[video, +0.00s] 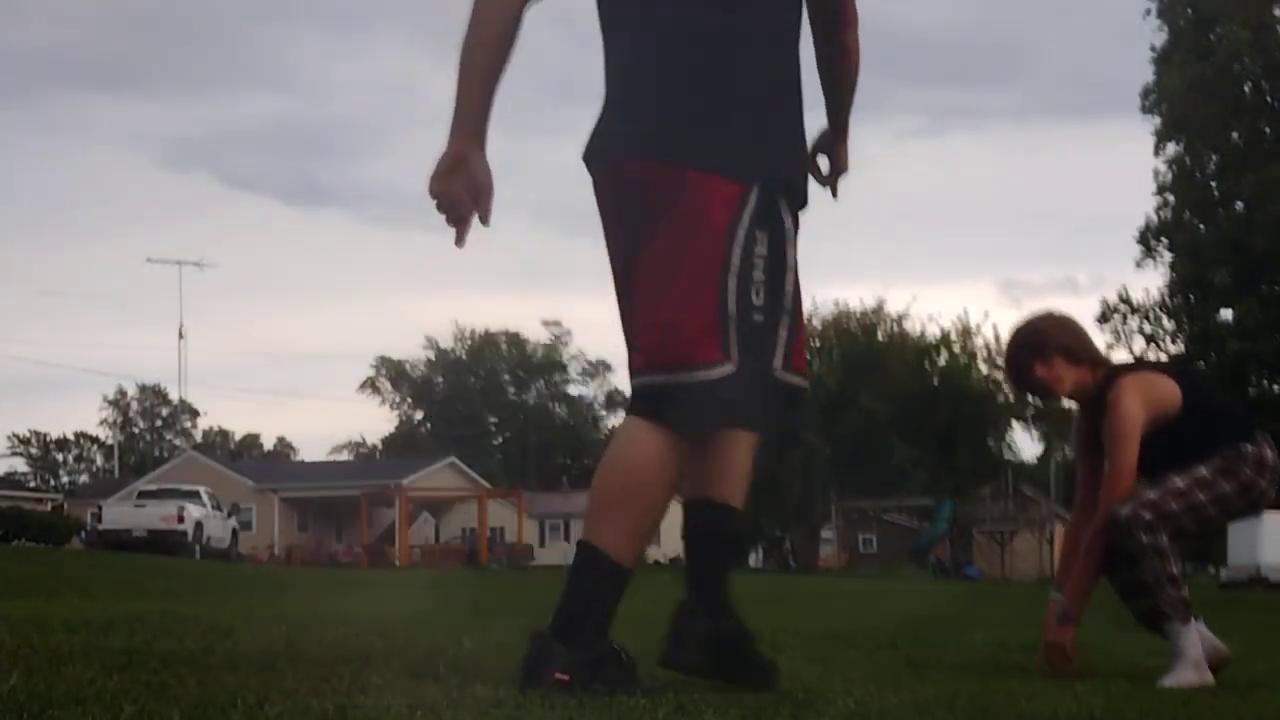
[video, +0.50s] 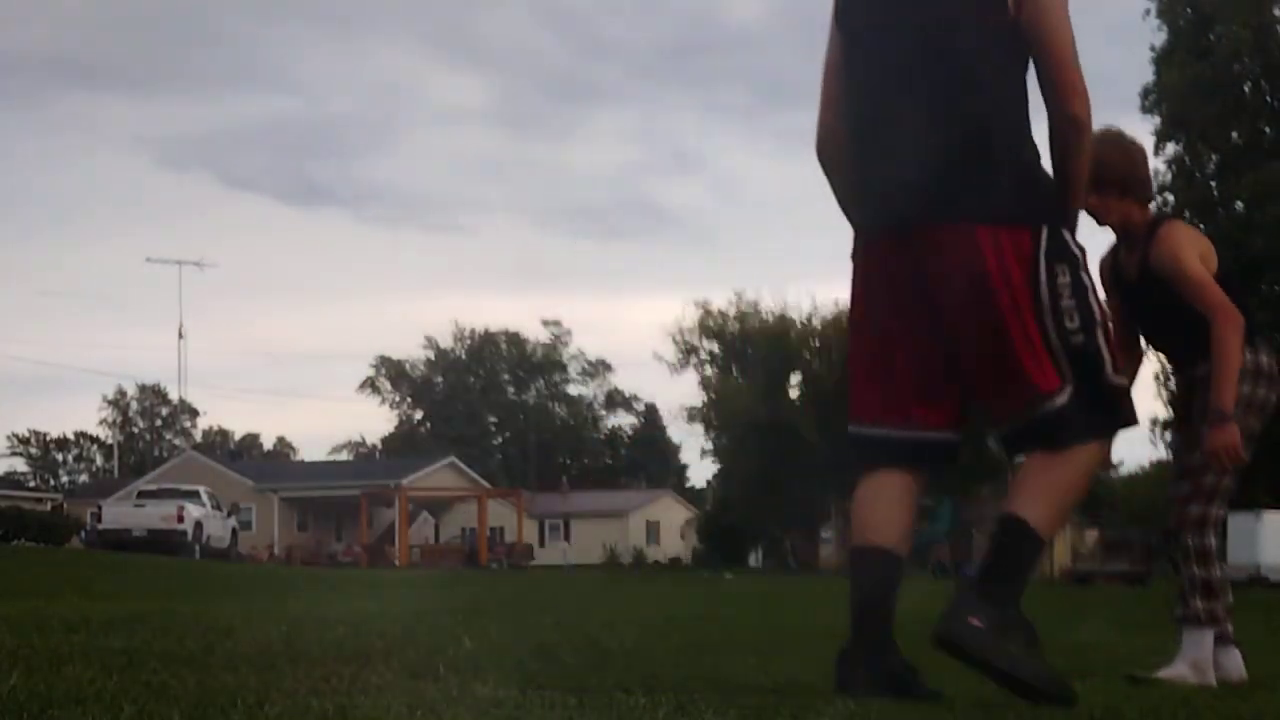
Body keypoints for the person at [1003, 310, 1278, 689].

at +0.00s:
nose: (1038, 374)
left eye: (1043, 359)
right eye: (1030, 370)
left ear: (1069, 349)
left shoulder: (1126, 395)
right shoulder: (1091, 412)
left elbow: (1110, 514)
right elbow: (1085, 513)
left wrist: (1070, 616)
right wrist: (1060, 600)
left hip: (1247, 462)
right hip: (1211, 469)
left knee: (1139, 518)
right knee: (1111, 537)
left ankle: (1192, 657)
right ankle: (1199, 640)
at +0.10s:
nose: (1052, 350)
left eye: (1053, 336)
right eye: (1043, 345)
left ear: (1076, 322)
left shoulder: (1141, 368)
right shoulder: (1092, 394)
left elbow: (1131, 485)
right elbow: (1088, 483)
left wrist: (1084, 586)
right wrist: (1061, 565)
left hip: (1254, 441)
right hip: (1208, 453)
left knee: (1158, 515)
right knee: (1124, 532)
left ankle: (1194, 656)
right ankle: (1202, 640)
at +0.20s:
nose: (1063, 315)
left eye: (1060, 303)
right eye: (1055, 310)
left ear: (1076, 293)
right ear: (1076, 299)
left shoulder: (1153, 337)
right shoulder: (1096, 364)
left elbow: (1151, 458)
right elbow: (1090, 455)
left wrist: (1103, 554)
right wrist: (1067, 538)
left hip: (1251, 420)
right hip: (1204, 435)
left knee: (1174, 507)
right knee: (1131, 534)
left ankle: (1197, 655)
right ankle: (1211, 647)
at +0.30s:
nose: (1077, 274)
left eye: (1083, 259)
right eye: (1068, 269)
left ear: (1110, 253)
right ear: (1065, 278)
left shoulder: (1162, 306)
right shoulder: (1099, 335)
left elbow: (1179, 419)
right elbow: (1095, 424)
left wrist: (1135, 514)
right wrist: (1074, 507)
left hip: (1252, 399)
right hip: (1205, 412)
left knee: (1182, 511)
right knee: (1137, 528)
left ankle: (1196, 657)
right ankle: (1215, 650)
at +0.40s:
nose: (1082, 244)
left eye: (1084, 232)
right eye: (1074, 239)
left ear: (1114, 218)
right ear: (1083, 238)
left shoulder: (1166, 271)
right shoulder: (1106, 298)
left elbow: (1203, 366)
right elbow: (1109, 387)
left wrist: (1180, 463)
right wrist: (1089, 460)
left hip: (1253, 376)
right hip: (1209, 386)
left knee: (1190, 504)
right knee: (1183, 505)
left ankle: (1196, 654)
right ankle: (1220, 651)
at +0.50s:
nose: (1091, 210)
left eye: (1095, 199)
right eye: (1088, 201)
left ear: (1125, 192)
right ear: (1107, 200)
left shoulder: (1171, 244)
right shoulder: (1114, 264)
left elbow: (1229, 319)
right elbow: (1125, 356)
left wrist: (1222, 413)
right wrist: (1098, 419)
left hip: (1237, 373)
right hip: (1195, 379)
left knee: (1197, 508)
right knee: (1193, 510)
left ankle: (1197, 656)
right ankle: (1221, 651)